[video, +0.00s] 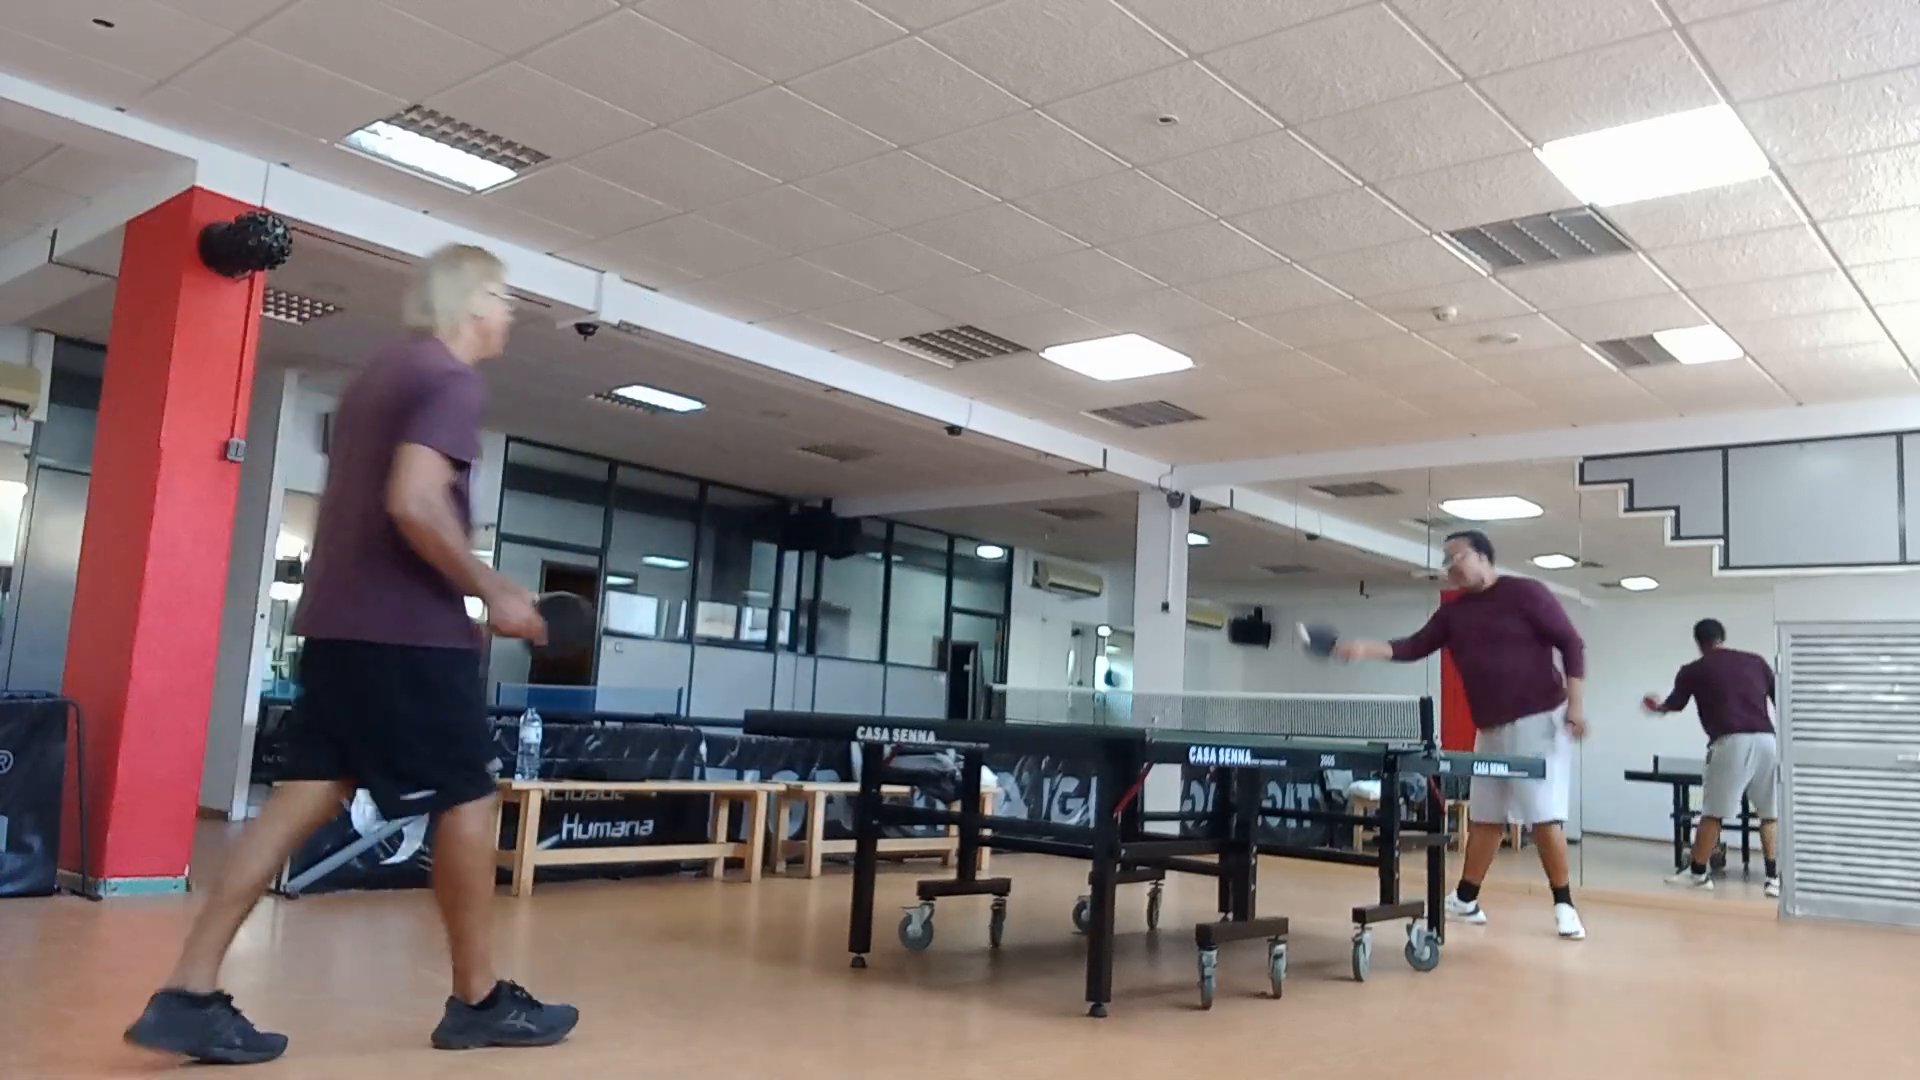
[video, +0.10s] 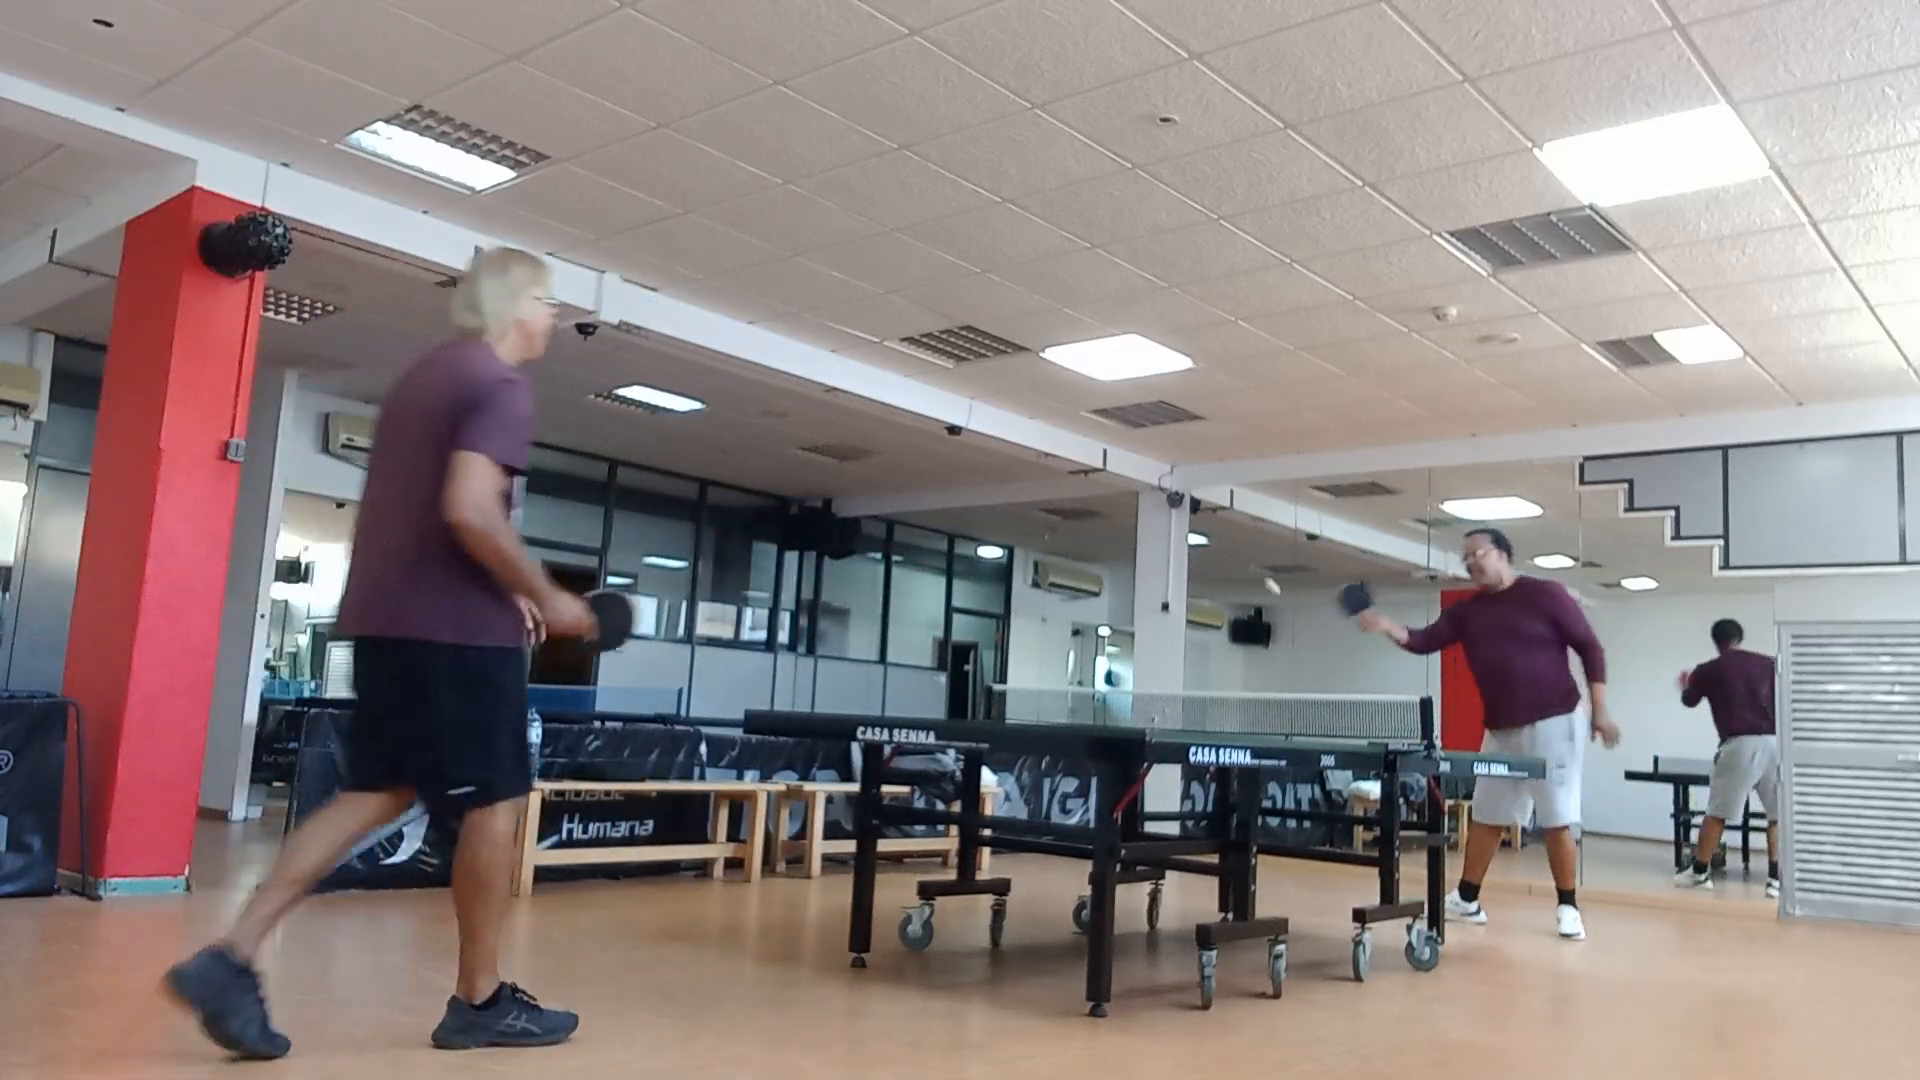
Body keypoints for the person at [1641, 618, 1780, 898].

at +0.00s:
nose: (1705, 646)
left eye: (1701, 642)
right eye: (1712, 641)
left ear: (1698, 643)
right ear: (1723, 638)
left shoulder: (1693, 671)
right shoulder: (1754, 661)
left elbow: (1676, 703)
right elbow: (1780, 699)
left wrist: (1656, 708)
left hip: (1730, 743)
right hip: (1766, 742)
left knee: (1713, 813)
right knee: (1769, 814)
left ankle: (1697, 872)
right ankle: (1773, 878)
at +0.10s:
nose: (1726, 645)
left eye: (1720, 641)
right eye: (1732, 639)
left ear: (1715, 642)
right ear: (1740, 638)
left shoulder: (1708, 670)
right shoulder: (1767, 663)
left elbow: (1690, 700)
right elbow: (1782, 695)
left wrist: (1686, 685)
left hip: (1739, 745)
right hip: (1775, 744)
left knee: (1717, 812)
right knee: (1777, 816)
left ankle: (1698, 871)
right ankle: (1776, 878)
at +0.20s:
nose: (1749, 643)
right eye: (1753, 638)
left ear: (1733, 640)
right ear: (1757, 638)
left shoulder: (1721, 669)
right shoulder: (1776, 663)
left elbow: (1705, 704)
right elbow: (1789, 696)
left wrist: (1727, 685)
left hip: (1745, 745)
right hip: (1780, 744)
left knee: (1727, 811)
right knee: (1780, 816)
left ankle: (1711, 870)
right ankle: (1776, 879)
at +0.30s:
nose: (1769, 642)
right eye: (1771, 636)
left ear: (1750, 638)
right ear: (1773, 636)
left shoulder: (1734, 669)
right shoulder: (1787, 665)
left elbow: (1722, 711)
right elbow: (1797, 701)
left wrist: (1744, 706)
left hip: (1752, 743)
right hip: (1784, 742)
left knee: (1746, 808)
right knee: (1783, 810)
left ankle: (1741, 867)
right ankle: (1777, 873)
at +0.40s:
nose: (1785, 642)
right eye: (1786, 636)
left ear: (1765, 638)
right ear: (1787, 637)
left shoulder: (1746, 669)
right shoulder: (1797, 668)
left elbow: (1733, 711)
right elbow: (1807, 706)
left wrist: (1752, 732)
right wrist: (1801, 732)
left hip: (1759, 742)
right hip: (1792, 742)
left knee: (1768, 806)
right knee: (1789, 805)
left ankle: (1774, 871)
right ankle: (1785, 871)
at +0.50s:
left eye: (1783, 635)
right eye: (1791, 636)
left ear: (1773, 639)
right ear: (1795, 639)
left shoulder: (1755, 673)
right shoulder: (1801, 672)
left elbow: (1744, 715)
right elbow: (1812, 710)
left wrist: (1761, 735)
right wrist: (1807, 734)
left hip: (1766, 744)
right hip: (1795, 744)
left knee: (1781, 806)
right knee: (1788, 808)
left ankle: (1779, 869)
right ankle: (1777, 873)